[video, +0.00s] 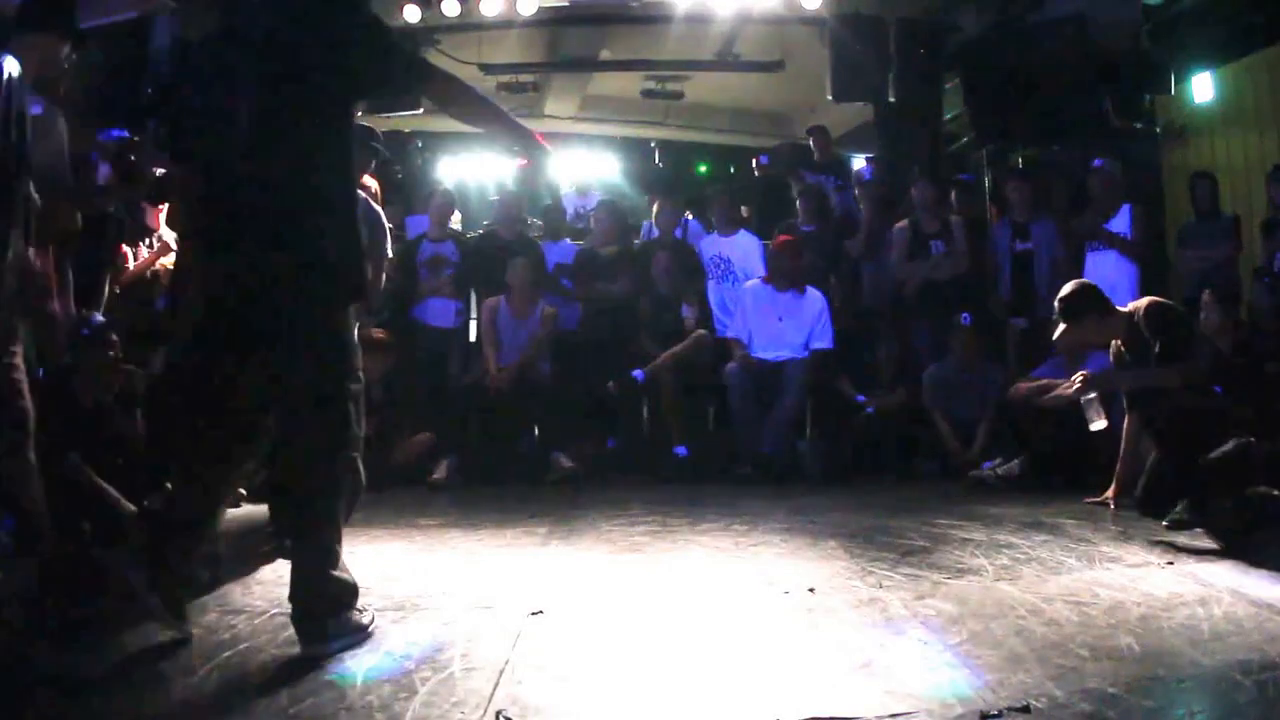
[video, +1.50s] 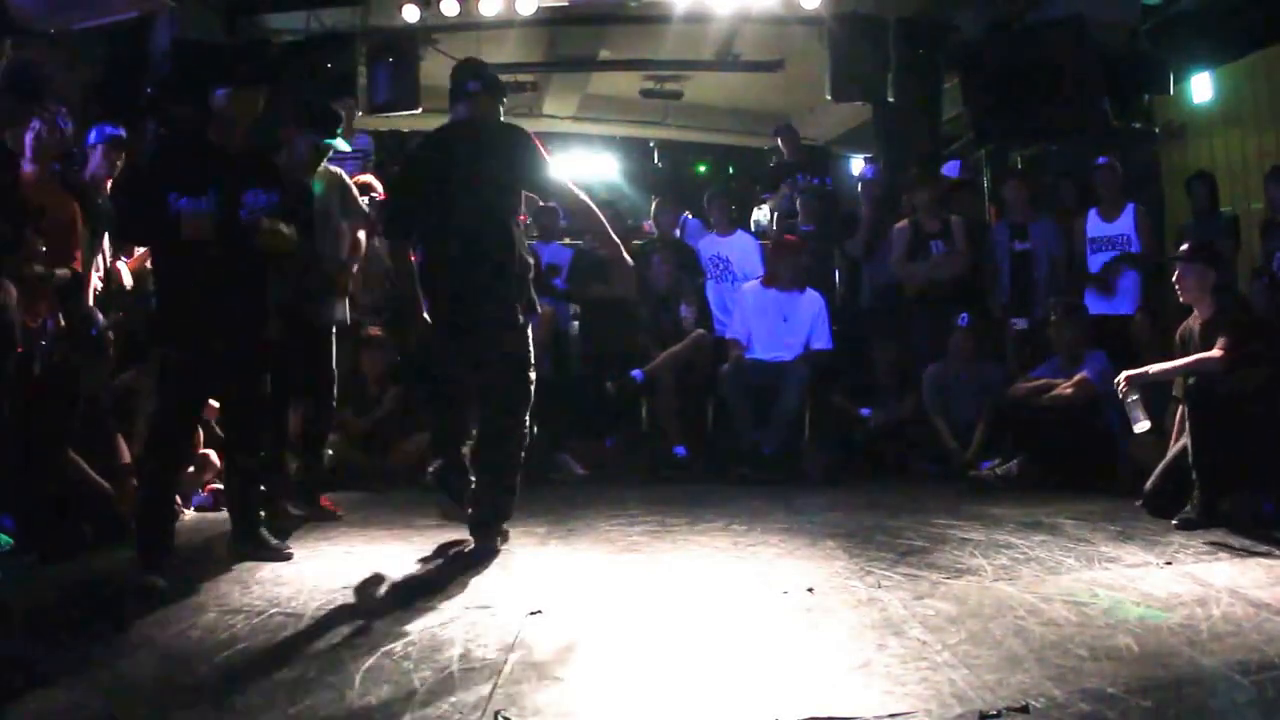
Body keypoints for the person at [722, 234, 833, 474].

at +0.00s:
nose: (790, 264)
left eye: (793, 258)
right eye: (784, 258)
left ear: (800, 261)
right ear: (771, 262)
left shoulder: (814, 299)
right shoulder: (750, 292)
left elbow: (821, 347)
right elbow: (735, 336)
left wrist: (807, 364)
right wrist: (742, 355)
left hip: (792, 360)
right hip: (758, 359)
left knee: (798, 373)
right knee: (734, 373)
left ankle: (773, 450)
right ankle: (748, 451)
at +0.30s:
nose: (781, 265)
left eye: (786, 259)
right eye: (776, 259)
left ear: (795, 263)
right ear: (767, 262)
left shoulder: (811, 298)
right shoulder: (747, 293)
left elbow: (821, 346)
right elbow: (733, 338)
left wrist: (800, 360)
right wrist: (741, 356)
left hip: (790, 362)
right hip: (755, 361)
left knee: (799, 375)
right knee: (730, 374)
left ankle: (777, 448)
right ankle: (750, 448)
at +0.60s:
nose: (778, 268)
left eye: (783, 261)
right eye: (773, 261)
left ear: (794, 263)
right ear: (766, 263)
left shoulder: (809, 297)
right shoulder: (745, 293)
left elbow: (821, 344)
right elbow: (732, 338)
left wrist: (800, 359)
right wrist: (738, 354)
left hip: (788, 360)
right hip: (755, 359)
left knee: (801, 375)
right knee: (732, 373)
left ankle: (776, 444)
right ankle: (746, 444)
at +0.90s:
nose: (779, 266)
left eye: (784, 260)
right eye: (774, 260)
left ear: (794, 262)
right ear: (765, 262)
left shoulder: (809, 298)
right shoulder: (744, 293)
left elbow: (820, 346)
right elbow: (733, 338)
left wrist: (800, 361)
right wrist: (739, 356)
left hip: (788, 362)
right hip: (755, 362)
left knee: (800, 376)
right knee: (730, 374)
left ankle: (772, 448)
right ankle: (749, 448)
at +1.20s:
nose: (774, 264)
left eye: (781, 258)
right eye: (771, 258)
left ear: (793, 262)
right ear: (764, 260)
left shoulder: (810, 298)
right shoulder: (746, 292)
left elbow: (821, 346)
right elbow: (734, 338)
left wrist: (801, 362)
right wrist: (739, 356)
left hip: (789, 362)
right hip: (755, 362)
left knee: (799, 377)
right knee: (730, 375)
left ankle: (772, 449)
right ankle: (750, 449)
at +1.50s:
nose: (795, 265)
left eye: (797, 258)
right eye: (787, 258)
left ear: (801, 261)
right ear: (774, 261)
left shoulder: (813, 300)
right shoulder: (749, 292)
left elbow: (821, 349)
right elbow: (736, 338)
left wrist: (800, 361)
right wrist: (737, 357)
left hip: (789, 361)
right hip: (755, 361)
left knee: (799, 376)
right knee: (730, 375)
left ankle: (774, 446)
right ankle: (746, 445)